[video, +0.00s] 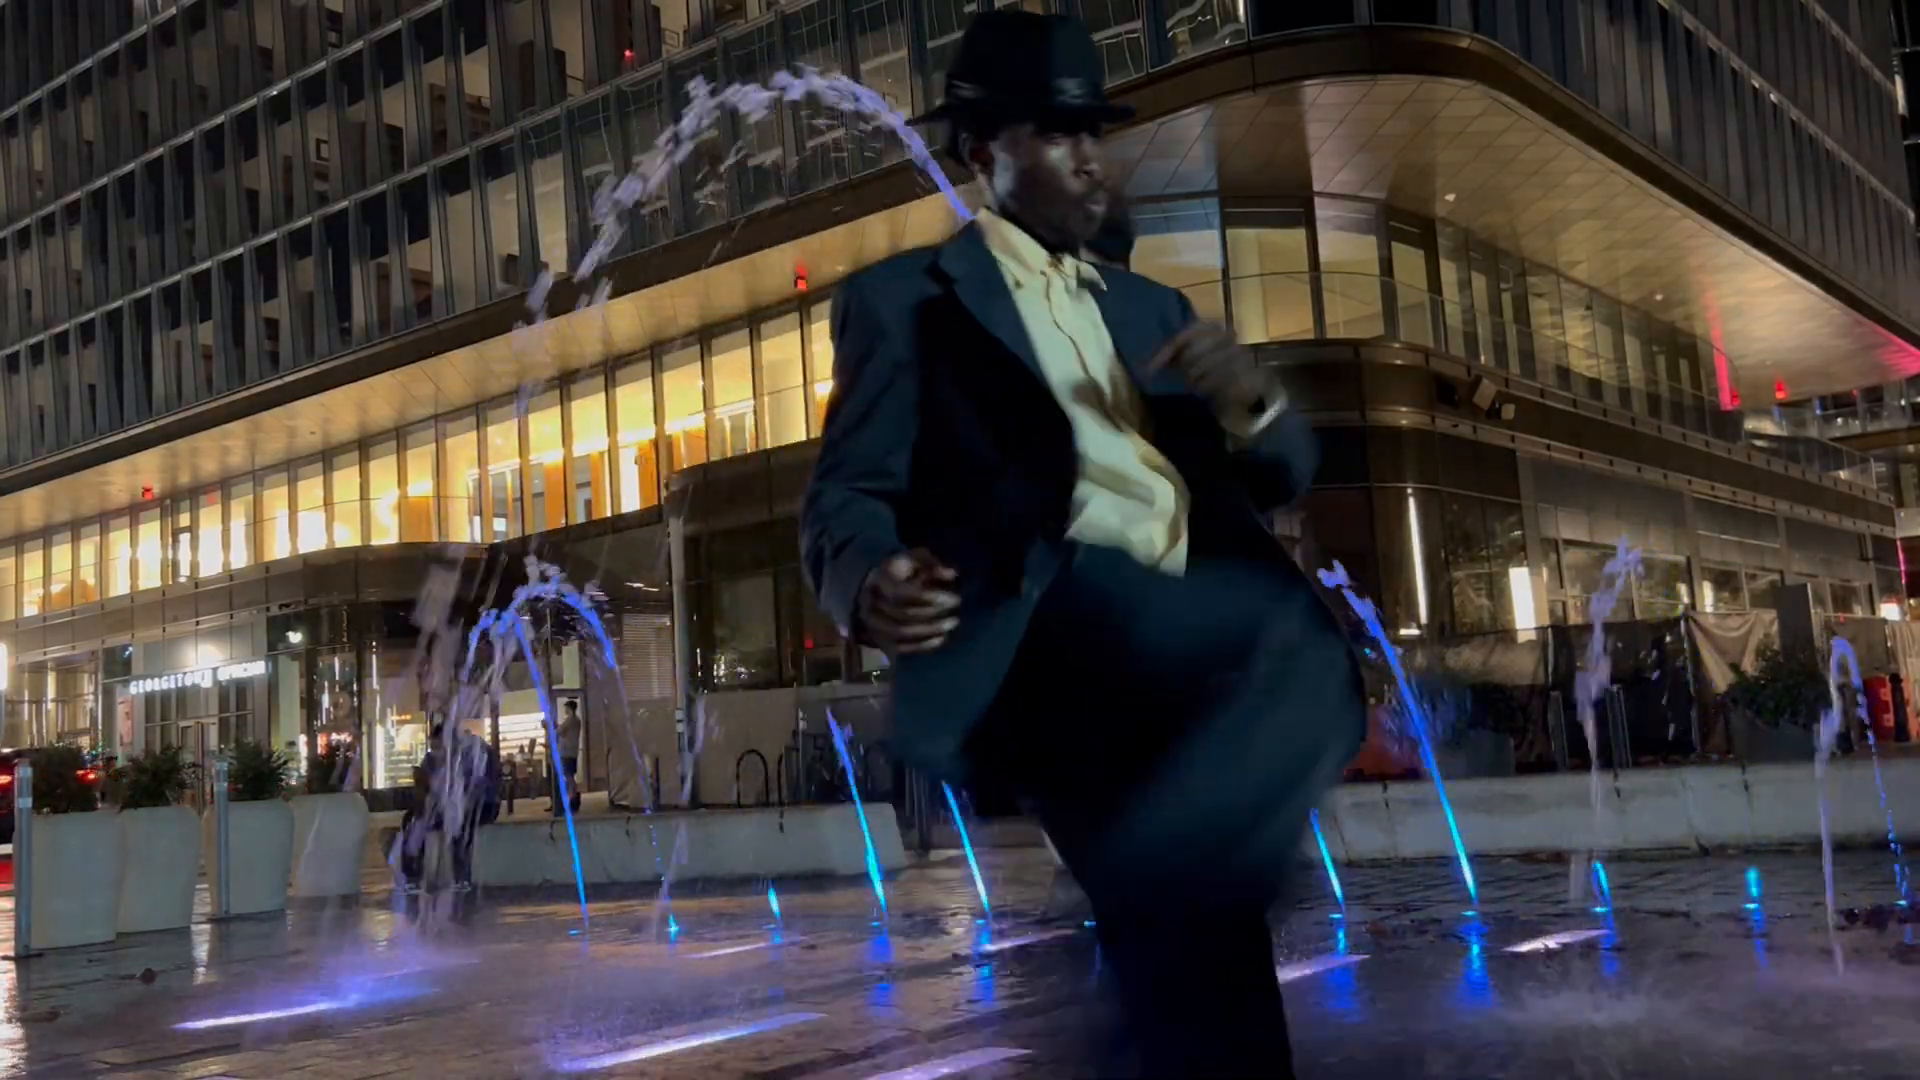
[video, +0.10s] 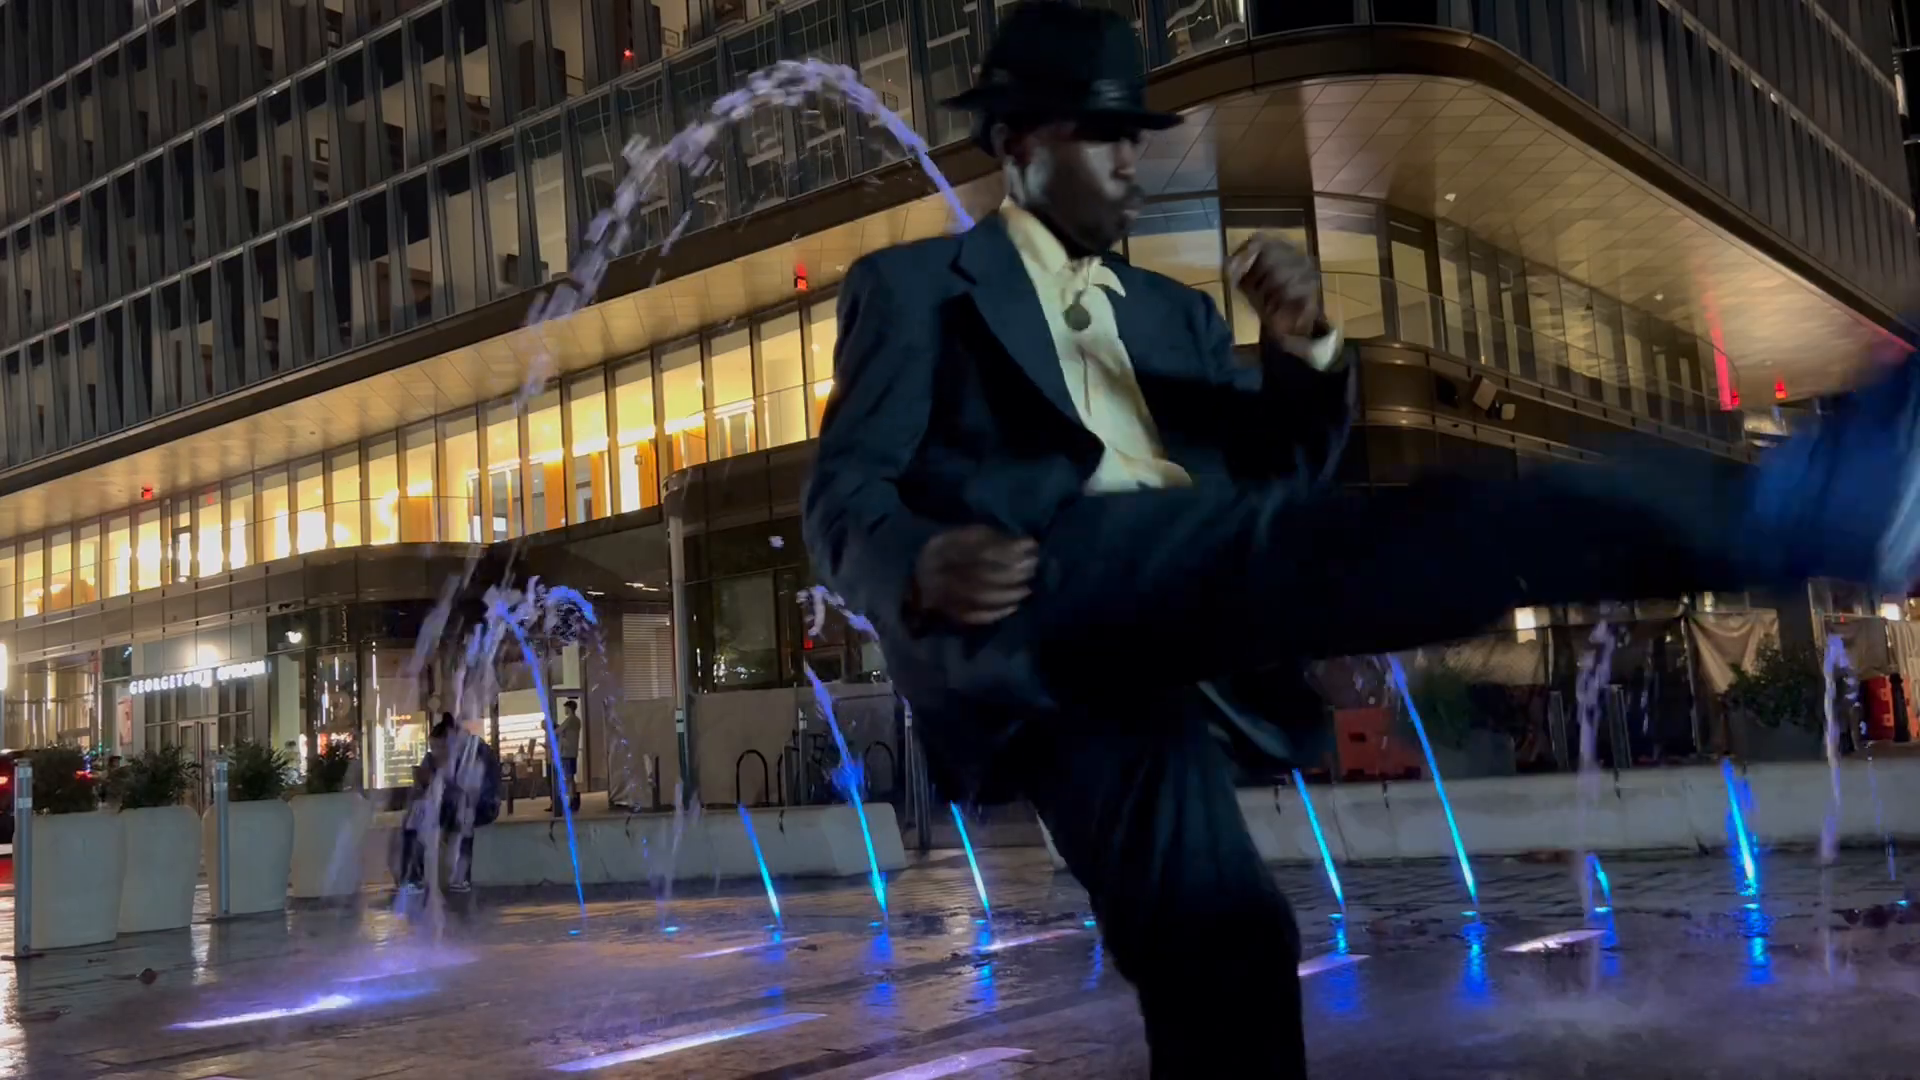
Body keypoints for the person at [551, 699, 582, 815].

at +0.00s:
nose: (565, 710)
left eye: (566, 708)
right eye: (565, 708)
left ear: (569, 709)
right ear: (574, 708)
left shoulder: (570, 719)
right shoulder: (576, 720)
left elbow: (560, 730)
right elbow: (564, 730)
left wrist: (551, 727)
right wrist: (557, 727)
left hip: (567, 752)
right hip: (572, 752)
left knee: (568, 777)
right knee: (570, 777)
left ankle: (572, 798)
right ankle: (573, 797)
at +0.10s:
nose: (564, 710)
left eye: (566, 708)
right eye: (565, 708)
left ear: (569, 709)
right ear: (573, 709)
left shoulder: (570, 720)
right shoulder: (576, 720)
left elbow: (558, 730)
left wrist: (550, 731)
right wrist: (558, 730)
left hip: (567, 753)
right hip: (572, 753)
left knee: (569, 779)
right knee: (571, 779)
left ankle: (571, 801)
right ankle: (573, 800)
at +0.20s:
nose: (564, 710)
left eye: (565, 708)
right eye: (564, 708)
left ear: (569, 708)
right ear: (573, 708)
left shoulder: (568, 720)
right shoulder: (576, 720)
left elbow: (557, 731)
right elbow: (569, 733)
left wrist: (550, 732)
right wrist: (558, 729)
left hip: (563, 753)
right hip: (572, 753)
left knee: (558, 779)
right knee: (570, 778)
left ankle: (555, 802)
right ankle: (573, 800)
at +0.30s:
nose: (564, 711)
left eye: (565, 708)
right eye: (564, 708)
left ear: (569, 708)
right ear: (572, 709)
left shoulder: (569, 719)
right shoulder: (575, 719)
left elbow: (557, 731)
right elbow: (566, 732)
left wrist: (552, 731)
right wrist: (557, 730)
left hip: (564, 753)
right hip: (571, 753)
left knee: (568, 779)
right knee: (570, 778)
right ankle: (573, 800)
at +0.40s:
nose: (564, 711)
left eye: (565, 708)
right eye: (564, 708)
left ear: (569, 708)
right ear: (573, 708)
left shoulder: (569, 720)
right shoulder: (575, 720)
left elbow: (557, 731)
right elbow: (565, 731)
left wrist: (552, 732)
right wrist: (556, 730)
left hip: (566, 754)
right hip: (571, 753)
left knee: (568, 779)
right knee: (570, 779)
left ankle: (572, 801)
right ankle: (574, 800)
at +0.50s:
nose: (564, 711)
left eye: (565, 708)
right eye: (564, 708)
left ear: (569, 709)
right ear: (572, 709)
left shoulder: (569, 720)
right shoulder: (576, 720)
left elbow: (557, 731)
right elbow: (566, 733)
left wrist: (550, 732)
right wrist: (557, 732)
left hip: (566, 754)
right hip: (572, 754)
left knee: (567, 780)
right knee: (571, 779)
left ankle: (571, 801)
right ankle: (574, 801)